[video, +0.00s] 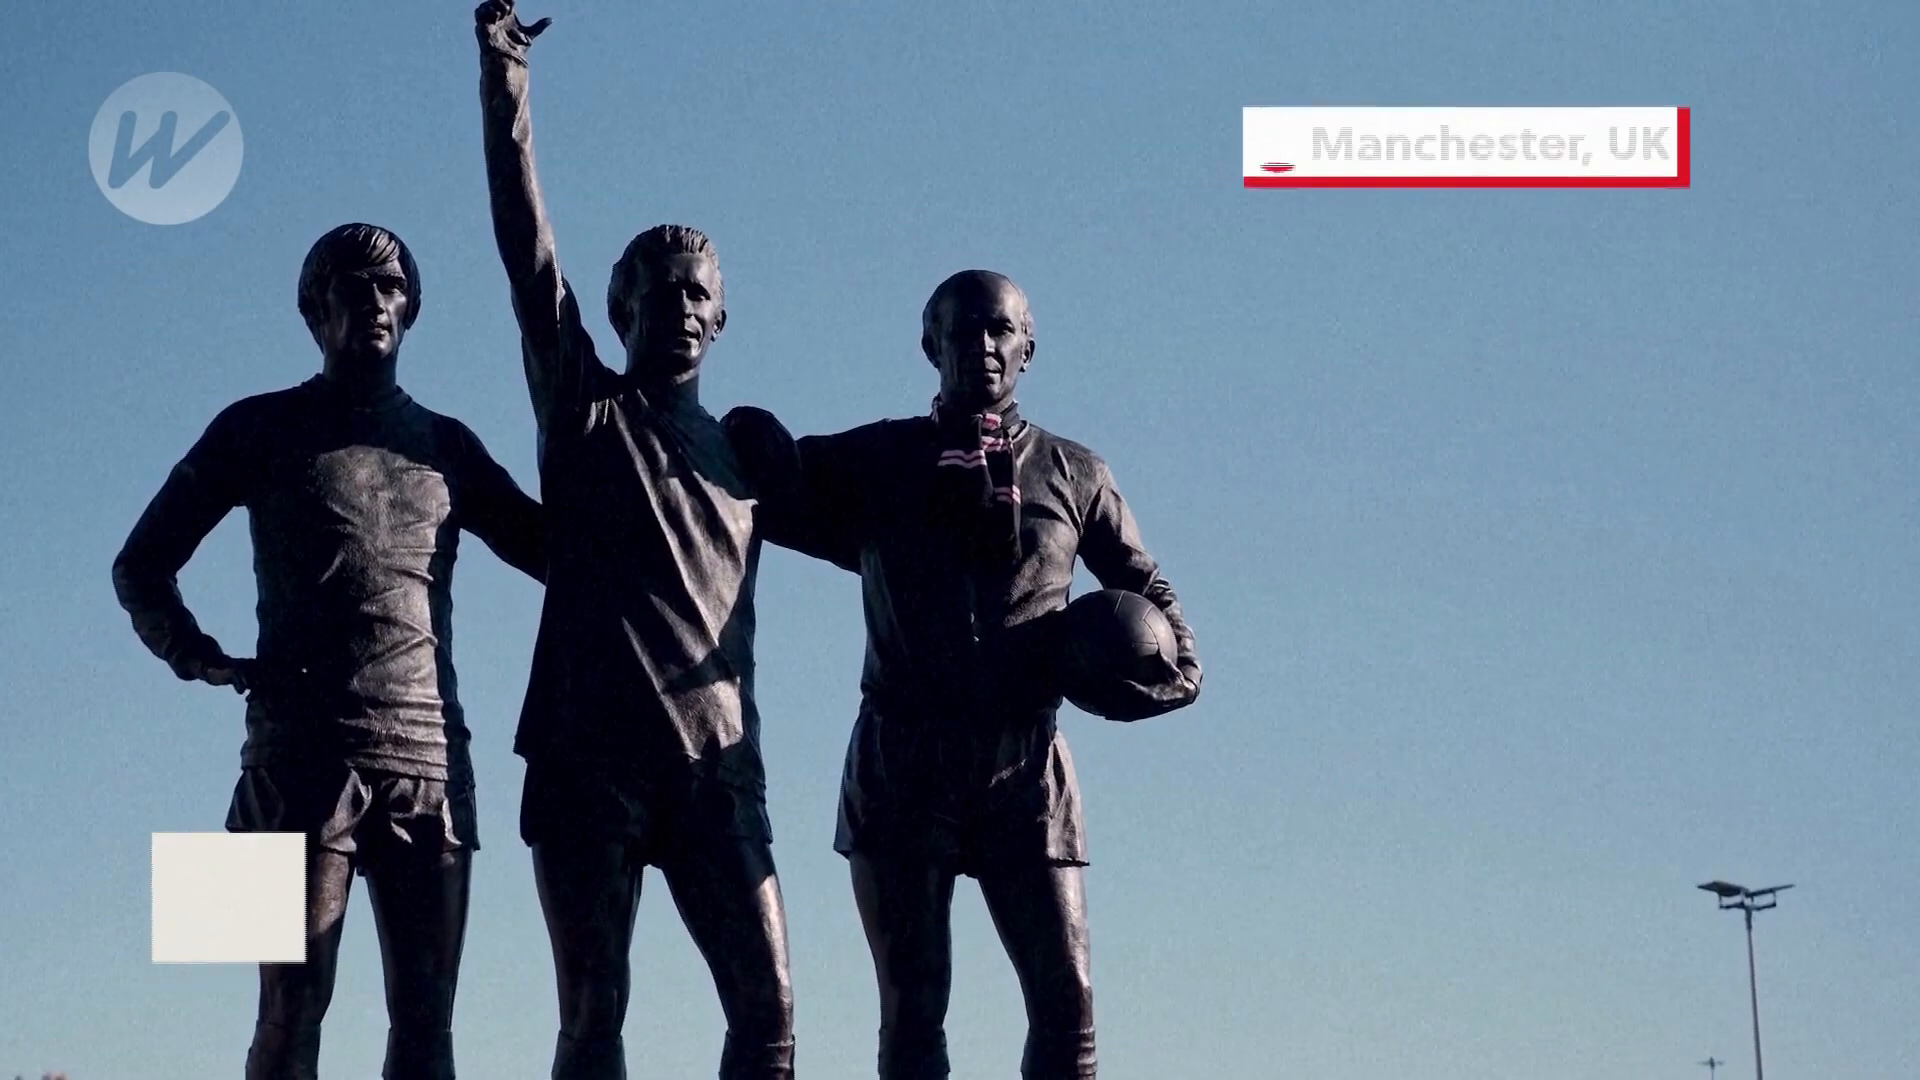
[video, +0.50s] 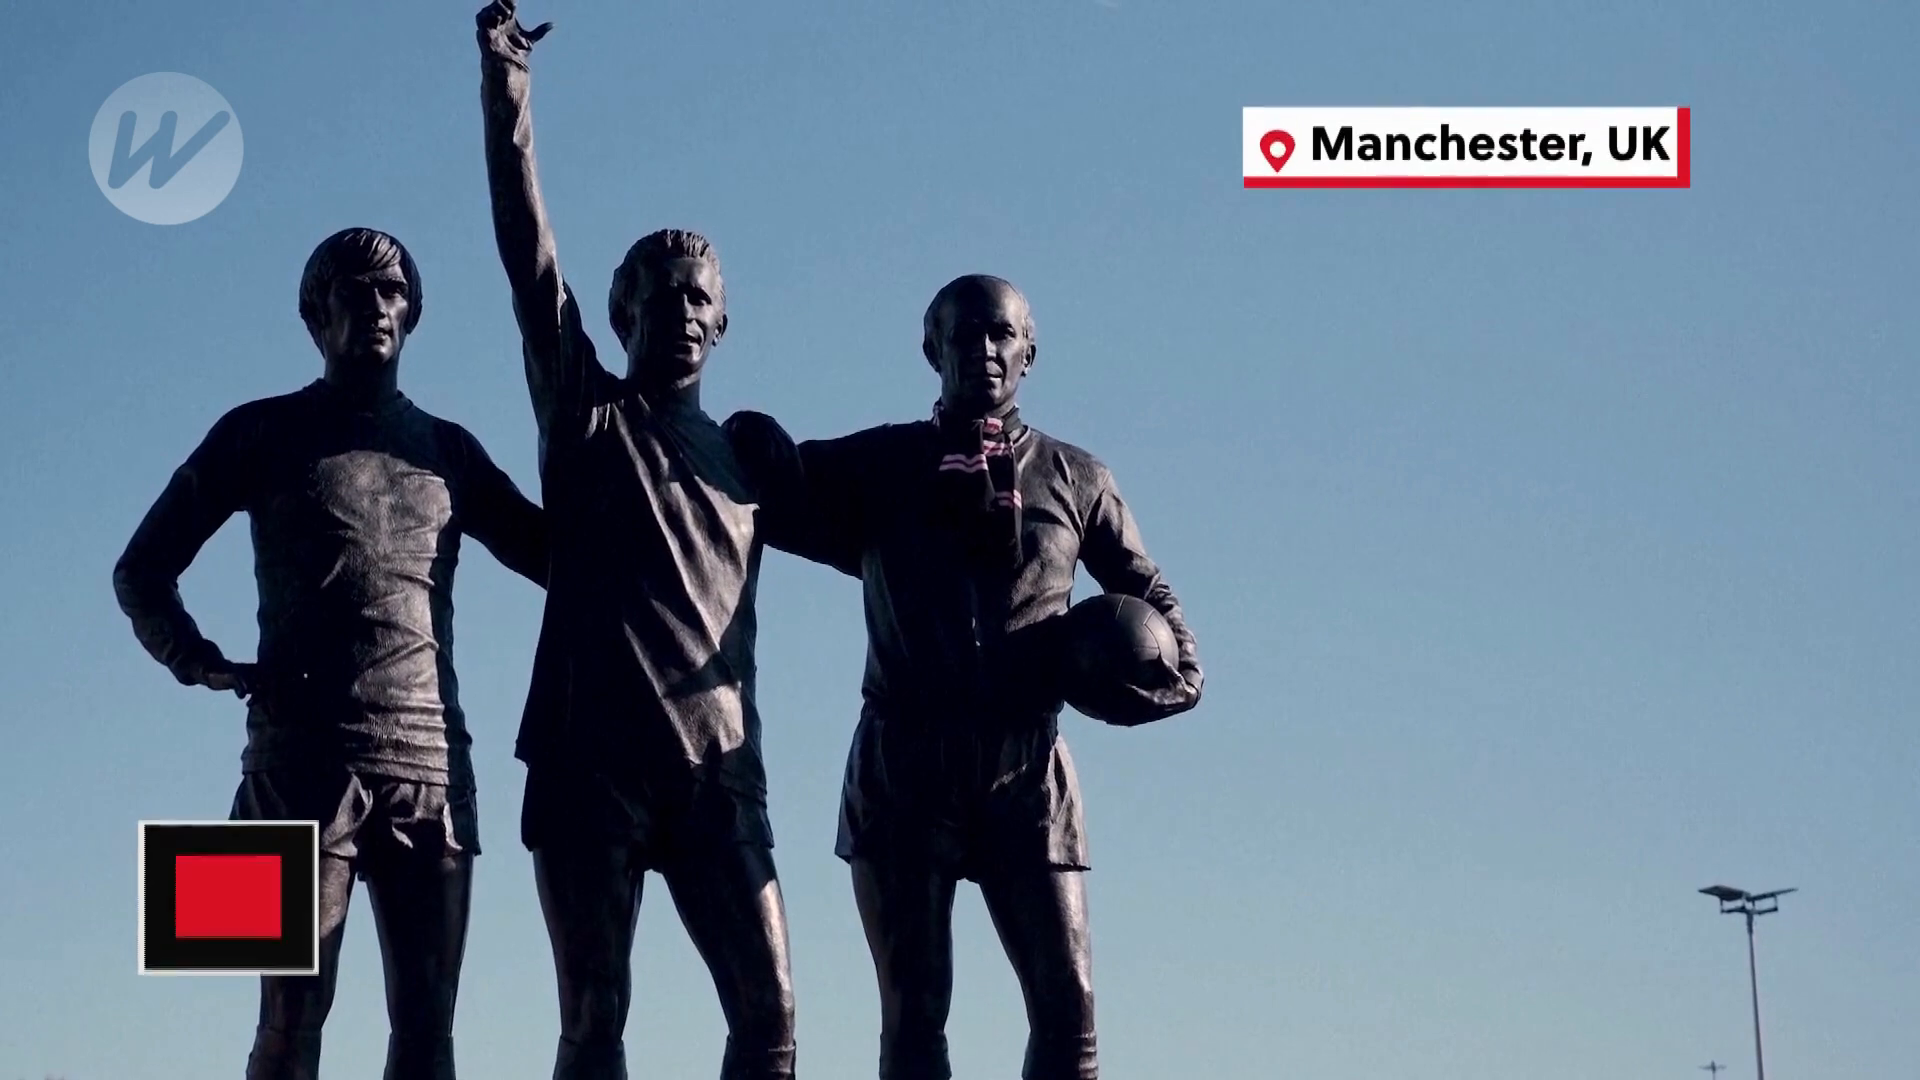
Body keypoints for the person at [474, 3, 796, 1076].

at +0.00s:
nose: (688, 308)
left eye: (704, 295)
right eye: (668, 290)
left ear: (721, 319)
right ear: (619, 305)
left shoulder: (749, 448)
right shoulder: (575, 404)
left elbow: (873, 533)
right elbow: (525, 246)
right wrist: (507, 90)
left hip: (714, 762)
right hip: (586, 755)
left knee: (768, 1014)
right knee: (593, 1018)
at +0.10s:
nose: (690, 309)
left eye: (705, 296)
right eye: (670, 291)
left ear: (724, 320)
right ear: (622, 307)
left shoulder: (752, 451)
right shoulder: (578, 408)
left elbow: (877, 536)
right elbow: (528, 252)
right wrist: (509, 87)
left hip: (715, 762)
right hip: (587, 754)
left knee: (770, 1012)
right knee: (596, 1014)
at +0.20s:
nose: (692, 311)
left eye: (707, 297)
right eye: (672, 292)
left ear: (724, 320)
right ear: (624, 307)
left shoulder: (751, 451)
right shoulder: (577, 407)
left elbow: (874, 533)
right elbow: (529, 250)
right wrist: (508, 80)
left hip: (716, 763)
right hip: (589, 755)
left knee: (770, 1008)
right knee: (596, 1015)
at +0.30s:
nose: (691, 310)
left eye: (706, 298)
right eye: (671, 292)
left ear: (724, 322)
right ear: (622, 307)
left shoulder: (753, 452)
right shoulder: (578, 408)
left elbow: (876, 537)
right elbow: (528, 251)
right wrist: (509, 90)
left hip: (716, 763)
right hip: (587, 755)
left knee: (770, 1011)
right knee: (597, 1018)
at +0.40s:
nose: (692, 313)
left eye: (707, 299)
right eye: (672, 294)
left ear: (725, 321)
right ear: (623, 309)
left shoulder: (752, 453)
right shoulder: (577, 408)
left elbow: (877, 539)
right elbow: (529, 255)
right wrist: (509, 91)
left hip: (716, 763)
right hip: (588, 756)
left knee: (770, 1011)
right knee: (596, 1018)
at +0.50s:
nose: (690, 312)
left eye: (705, 299)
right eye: (670, 294)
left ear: (723, 324)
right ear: (620, 311)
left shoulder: (751, 455)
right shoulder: (577, 410)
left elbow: (874, 540)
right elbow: (526, 251)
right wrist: (508, 97)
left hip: (716, 766)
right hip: (586, 758)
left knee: (769, 1015)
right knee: (595, 1023)